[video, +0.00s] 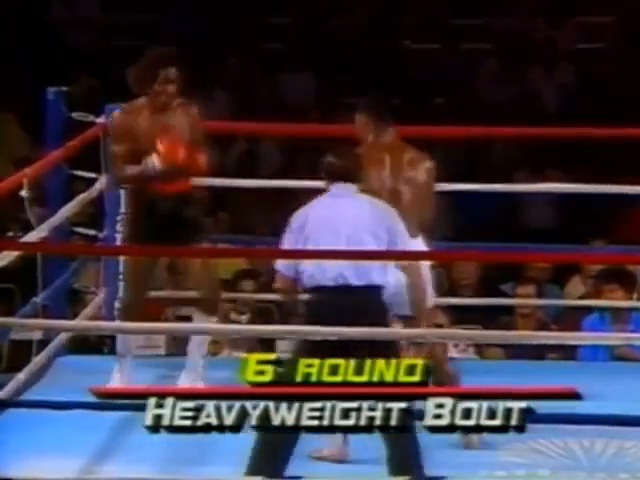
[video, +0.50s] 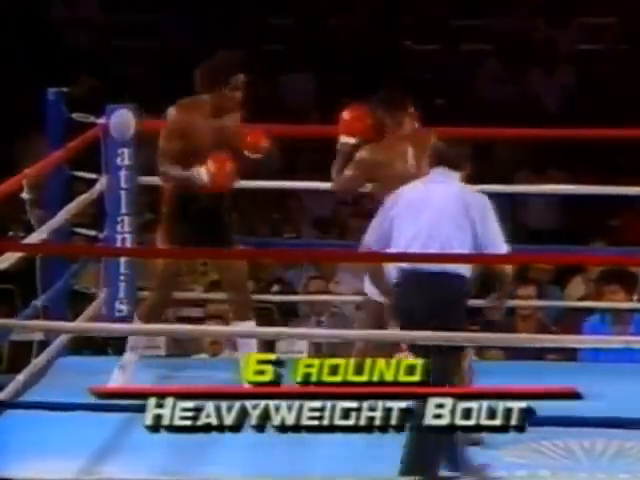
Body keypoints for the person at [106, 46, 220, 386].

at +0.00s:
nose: (169, 89)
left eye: (174, 82)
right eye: (162, 82)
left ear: (179, 85)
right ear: (148, 85)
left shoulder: (188, 115)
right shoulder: (126, 119)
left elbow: (204, 158)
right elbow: (117, 170)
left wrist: (187, 161)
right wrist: (149, 167)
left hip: (184, 208)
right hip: (144, 210)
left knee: (207, 291)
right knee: (134, 295)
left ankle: (193, 373)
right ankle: (123, 371)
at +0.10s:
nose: (176, 81)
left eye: (180, 73)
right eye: (169, 73)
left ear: (185, 75)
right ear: (153, 75)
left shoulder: (190, 102)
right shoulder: (130, 107)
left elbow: (208, 142)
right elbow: (120, 160)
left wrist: (192, 130)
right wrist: (154, 147)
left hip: (185, 193)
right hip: (146, 196)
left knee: (215, 276)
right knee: (136, 285)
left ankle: (208, 367)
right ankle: (121, 367)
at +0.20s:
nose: (186, 77)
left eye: (189, 69)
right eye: (179, 70)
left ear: (192, 71)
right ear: (161, 72)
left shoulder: (194, 101)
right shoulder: (140, 102)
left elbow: (217, 136)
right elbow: (137, 154)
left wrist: (211, 126)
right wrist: (165, 135)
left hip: (187, 192)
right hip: (148, 194)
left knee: (216, 275)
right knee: (136, 280)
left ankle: (235, 364)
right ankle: (121, 366)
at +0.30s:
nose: (192, 82)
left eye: (196, 75)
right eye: (185, 75)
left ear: (200, 77)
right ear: (167, 76)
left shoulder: (201, 108)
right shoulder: (148, 106)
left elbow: (205, 154)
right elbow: (149, 154)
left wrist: (227, 154)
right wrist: (182, 127)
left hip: (191, 195)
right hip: (157, 194)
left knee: (213, 274)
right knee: (140, 278)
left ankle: (240, 359)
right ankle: (121, 367)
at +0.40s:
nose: (223, 90)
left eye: (225, 83)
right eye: (217, 82)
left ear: (222, 85)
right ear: (198, 84)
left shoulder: (220, 114)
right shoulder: (168, 112)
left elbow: (223, 155)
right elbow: (158, 163)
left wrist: (236, 153)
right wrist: (196, 150)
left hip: (206, 198)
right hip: (170, 198)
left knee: (226, 274)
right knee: (153, 277)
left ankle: (245, 356)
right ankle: (125, 364)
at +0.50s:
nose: (240, 95)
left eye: (241, 88)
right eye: (235, 88)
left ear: (234, 90)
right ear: (216, 90)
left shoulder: (231, 118)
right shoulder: (182, 115)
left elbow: (238, 155)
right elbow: (165, 168)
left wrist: (257, 151)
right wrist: (198, 175)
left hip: (218, 208)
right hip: (181, 207)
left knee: (237, 283)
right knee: (164, 287)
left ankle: (250, 360)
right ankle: (127, 363)